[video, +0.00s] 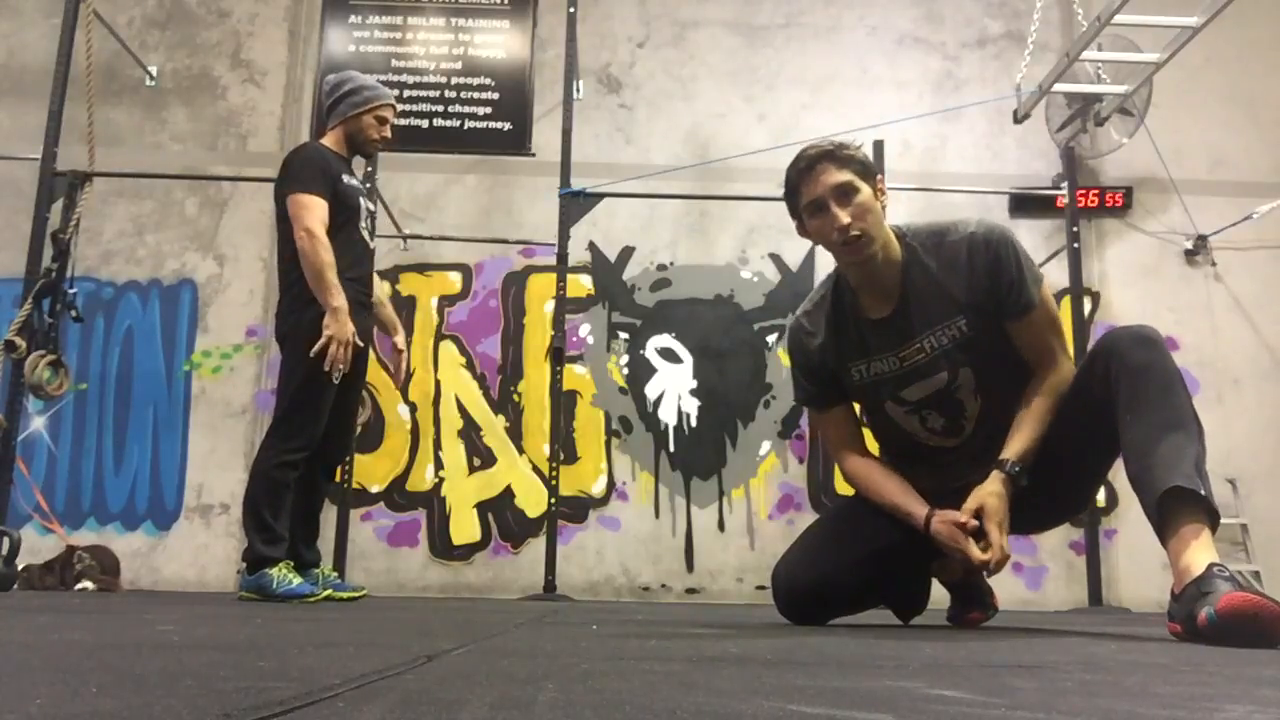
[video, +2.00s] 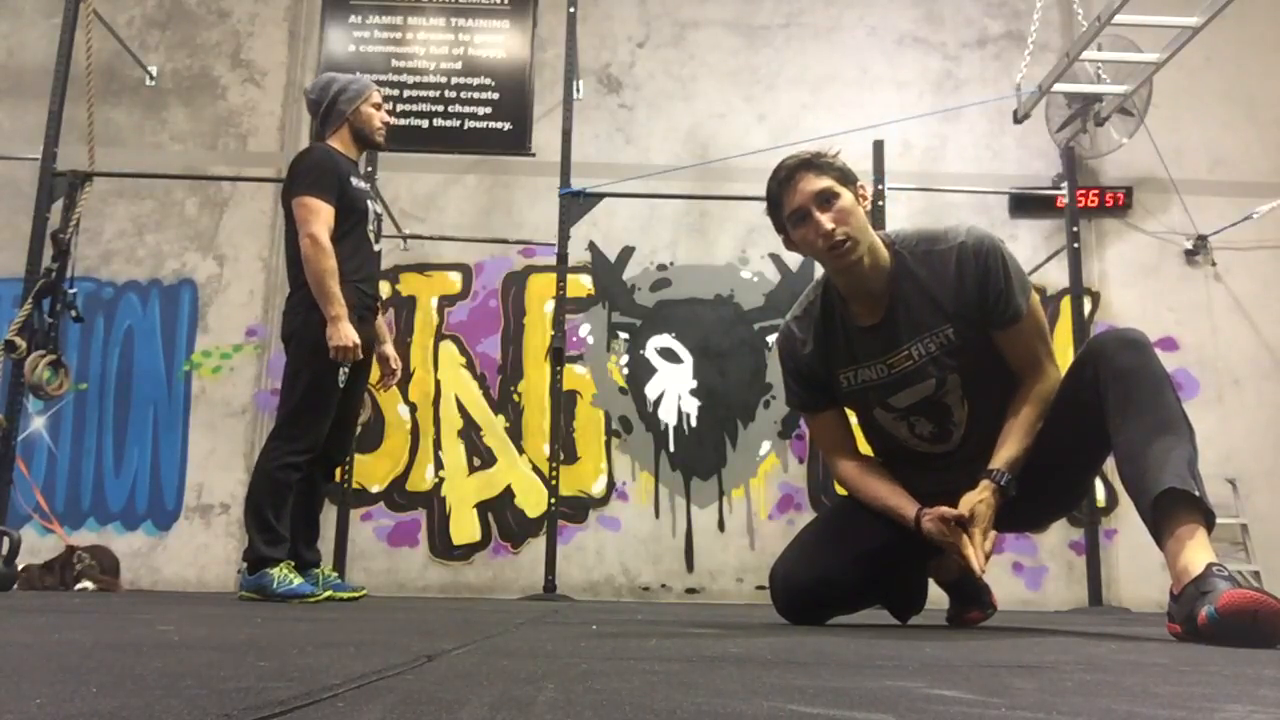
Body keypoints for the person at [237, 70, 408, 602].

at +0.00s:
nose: (387, 130)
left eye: (389, 121)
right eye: (379, 119)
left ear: (367, 123)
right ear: (347, 115)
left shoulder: (349, 176)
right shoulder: (309, 160)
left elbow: (358, 263)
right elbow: (308, 236)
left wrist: (392, 323)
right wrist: (336, 310)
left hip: (347, 325)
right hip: (314, 321)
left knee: (324, 448)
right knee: (293, 440)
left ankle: (303, 563)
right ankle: (263, 566)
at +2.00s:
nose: (387, 116)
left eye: (386, 108)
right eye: (378, 107)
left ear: (358, 116)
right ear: (346, 112)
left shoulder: (355, 174)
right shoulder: (318, 162)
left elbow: (361, 266)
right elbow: (313, 241)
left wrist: (381, 336)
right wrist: (336, 317)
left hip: (349, 328)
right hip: (319, 323)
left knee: (323, 451)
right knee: (296, 441)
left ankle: (302, 564)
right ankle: (263, 566)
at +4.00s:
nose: (390, 117)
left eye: (389, 109)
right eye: (380, 108)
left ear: (362, 117)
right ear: (348, 113)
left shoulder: (356, 175)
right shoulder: (319, 162)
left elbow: (362, 268)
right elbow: (314, 241)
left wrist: (382, 337)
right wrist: (337, 317)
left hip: (351, 328)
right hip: (320, 323)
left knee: (325, 450)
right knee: (297, 441)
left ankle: (302, 563)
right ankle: (262, 566)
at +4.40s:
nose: (390, 118)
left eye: (389, 109)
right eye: (381, 108)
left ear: (364, 118)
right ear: (349, 113)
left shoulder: (356, 176)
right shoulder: (320, 163)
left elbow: (364, 267)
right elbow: (316, 242)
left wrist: (384, 337)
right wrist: (339, 317)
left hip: (351, 327)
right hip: (321, 323)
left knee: (326, 450)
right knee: (298, 440)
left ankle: (303, 563)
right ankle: (263, 566)